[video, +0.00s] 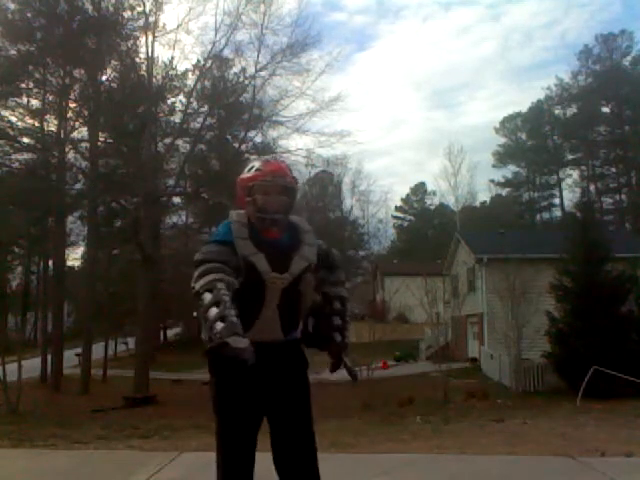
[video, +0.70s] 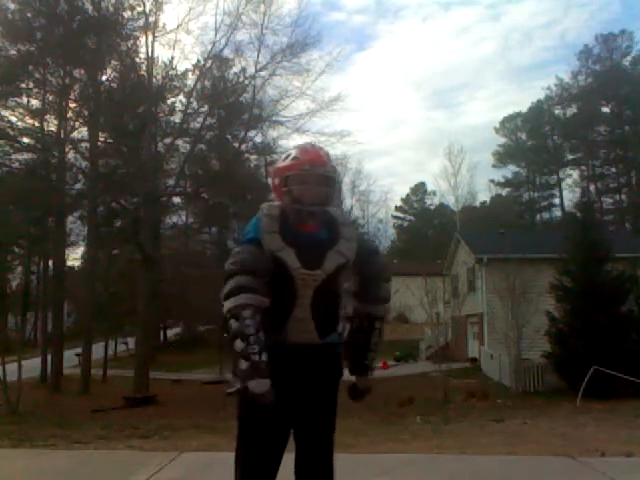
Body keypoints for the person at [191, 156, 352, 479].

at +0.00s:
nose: (275, 200)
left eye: (282, 192)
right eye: (266, 192)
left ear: (291, 198)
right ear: (249, 197)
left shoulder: (305, 238)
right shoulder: (230, 235)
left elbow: (332, 283)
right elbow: (212, 281)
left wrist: (334, 335)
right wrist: (229, 337)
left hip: (287, 357)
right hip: (238, 355)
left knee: (298, 449)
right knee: (236, 452)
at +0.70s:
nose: (312, 191)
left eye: (320, 182)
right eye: (302, 182)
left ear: (331, 188)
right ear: (285, 187)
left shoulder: (349, 238)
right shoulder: (261, 233)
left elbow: (370, 298)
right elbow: (243, 292)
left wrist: (360, 364)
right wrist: (253, 364)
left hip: (322, 364)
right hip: (270, 361)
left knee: (316, 462)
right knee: (257, 462)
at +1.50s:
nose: (302, 179)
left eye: (312, 171)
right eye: (291, 170)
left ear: (325, 180)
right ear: (274, 180)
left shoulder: (342, 229)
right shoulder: (253, 229)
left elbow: (378, 274)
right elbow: (225, 287)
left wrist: (369, 346)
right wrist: (209, 343)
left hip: (323, 364)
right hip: (267, 363)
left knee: (318, 465)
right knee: (264, 462)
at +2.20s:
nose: (285, 196)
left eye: (298, 185)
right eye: (276, 183)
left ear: (313, 188)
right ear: (256, 184)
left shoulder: (330, 229)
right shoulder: (231, 228)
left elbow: (373, 284)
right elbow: (192, 291)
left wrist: (375, 378)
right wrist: (172, 380)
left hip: (307, 366)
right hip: (248, 367)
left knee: (307, 467)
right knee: (255, 468)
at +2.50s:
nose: (286, 188)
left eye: (297, 178)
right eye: (275, 175)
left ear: (310, 182)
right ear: (255, 176)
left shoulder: (325, 220)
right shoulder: (230, 221)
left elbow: (370, 264)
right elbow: (188, 291)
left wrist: (380, 341)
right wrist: (171, 384)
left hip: (303, 362)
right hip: (244, 362)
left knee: (305, 466)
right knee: (248, 467)